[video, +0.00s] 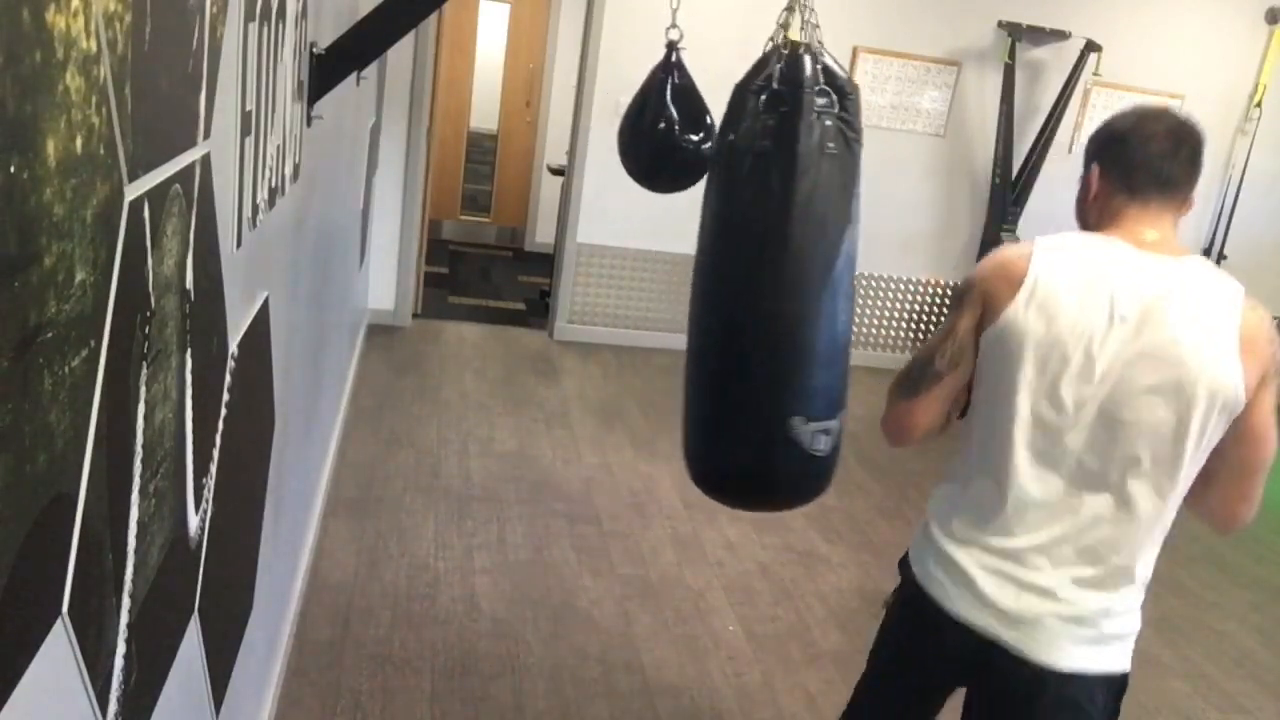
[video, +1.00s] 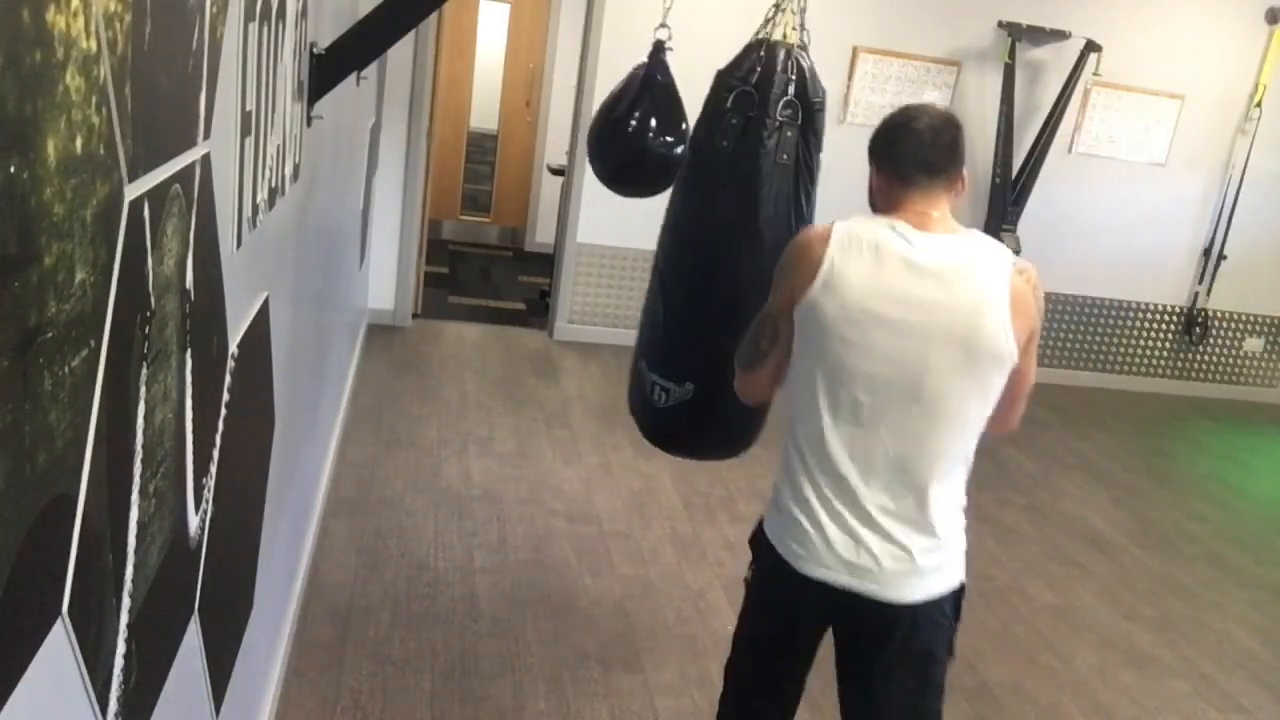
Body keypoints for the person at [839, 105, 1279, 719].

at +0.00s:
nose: (1078, 193)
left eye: (1081, 179)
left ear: (1093, 182)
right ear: (1188, 203)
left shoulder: (1014, 270)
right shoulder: (1247, 328)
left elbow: (902, 423)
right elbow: (1231, 509)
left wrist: (981, 376)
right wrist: (1153, 440)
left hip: (942, 606)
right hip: (1077, 655)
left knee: (878, 709)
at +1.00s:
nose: (867, 187)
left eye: (869, 173)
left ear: (875, 178)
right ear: (961, 182)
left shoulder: (819, 250)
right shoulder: (1013, 284)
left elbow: (754, 382)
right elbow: (1004, 420)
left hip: (797, 560)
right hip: (913, 585)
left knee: (752, 707)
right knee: (897, 712)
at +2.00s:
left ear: (788, 190)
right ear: (867, 197)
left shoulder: (738, 254)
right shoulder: (912, 282)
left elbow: (671, 386)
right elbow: (940, 427)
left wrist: (747, 345)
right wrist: (864, 398)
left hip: (720, 545)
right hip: (832, 572)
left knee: (649, 699)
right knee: (821, 712)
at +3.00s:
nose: (1006, 188)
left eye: (1007, 181)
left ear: (1014, 184)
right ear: (1085, 192)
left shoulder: (958, 251)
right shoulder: (1116, 276)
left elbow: (907, 356)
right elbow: (1147, 413)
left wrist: (978, 347)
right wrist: (1085, 383)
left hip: (937, 509)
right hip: (1039, 530)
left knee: (896, 660)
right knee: (1049, 681)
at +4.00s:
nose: (1012, 173)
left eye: (1020, 163)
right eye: (1012, 162)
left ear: (1060, 163)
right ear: (1064, 164)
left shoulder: (1063, 226)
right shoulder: (1101, 210)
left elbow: (1026, 320)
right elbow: (1055, 296)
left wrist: (976, 268)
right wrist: (1007, 259)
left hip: (1040, 403)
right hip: (1081, 400)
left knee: (980, 525)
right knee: (1037, 506)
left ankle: (964, 661)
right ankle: (1034, 612)